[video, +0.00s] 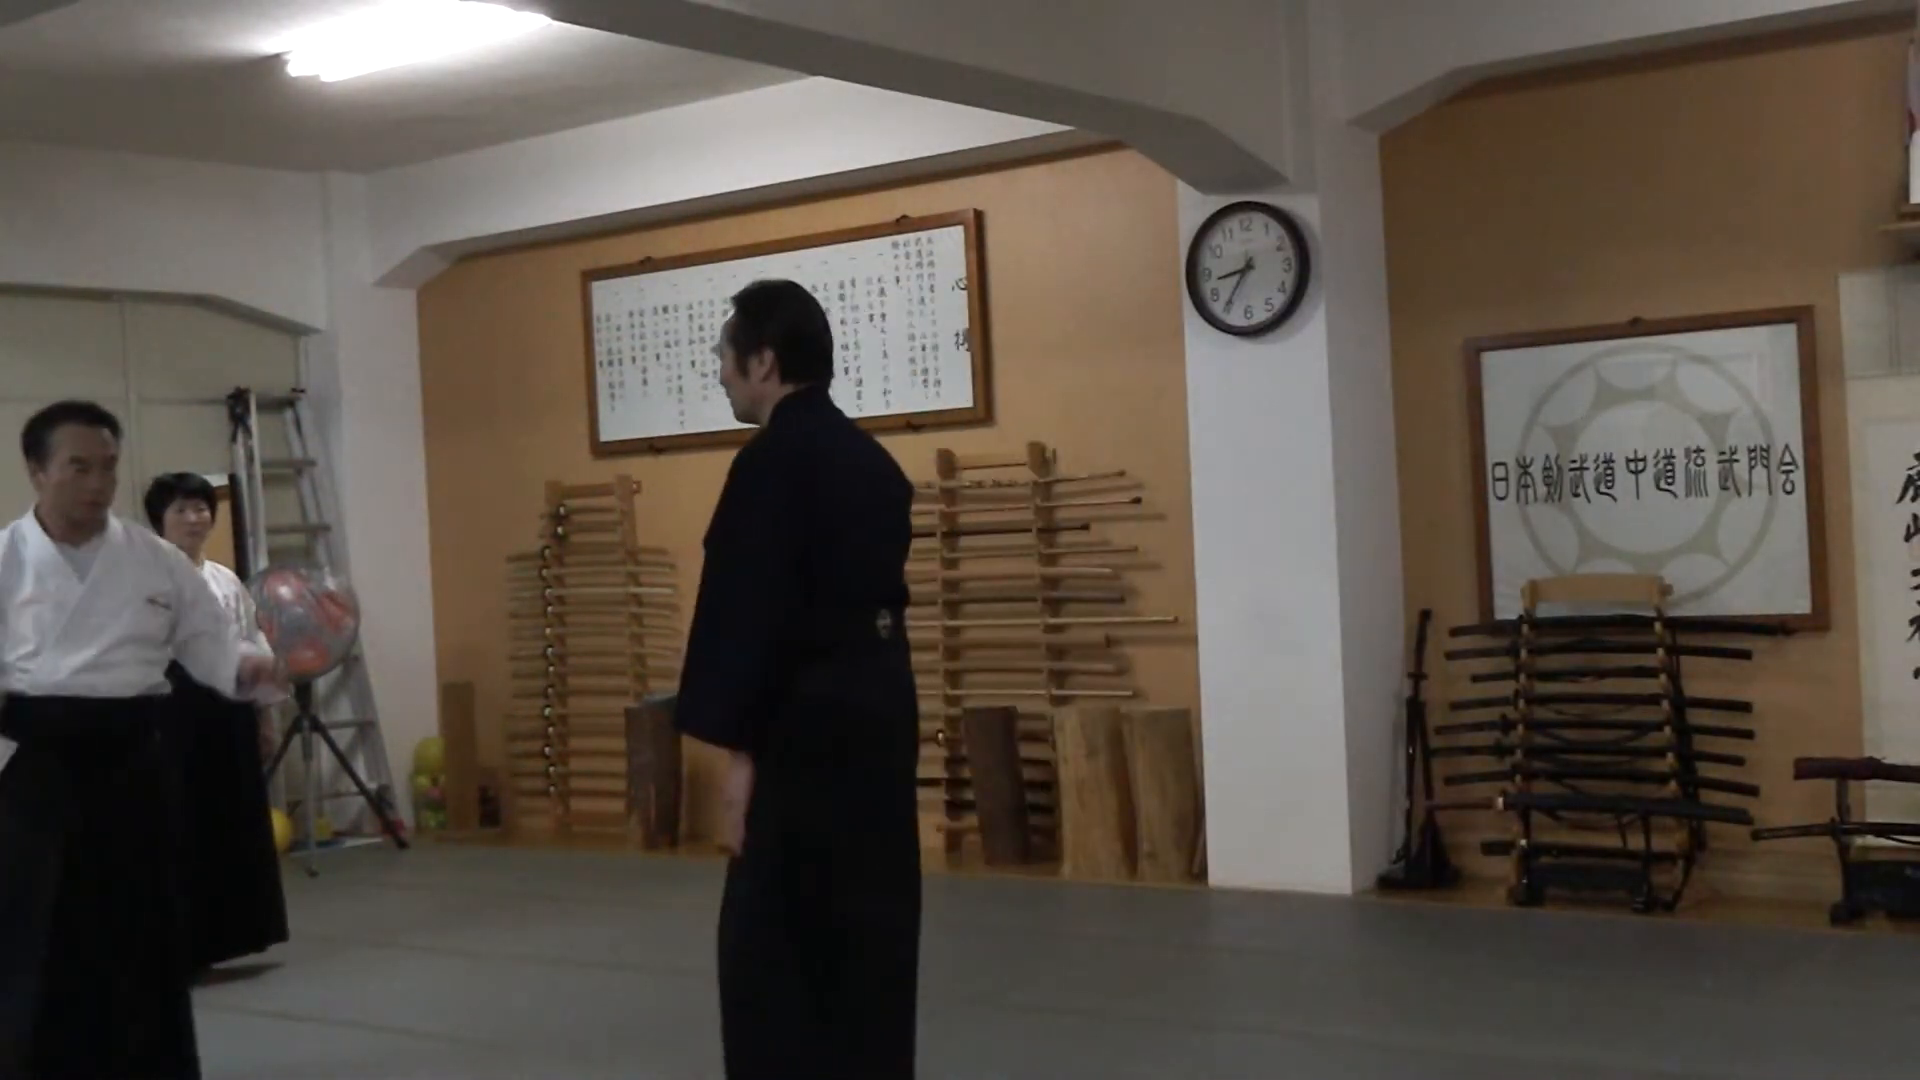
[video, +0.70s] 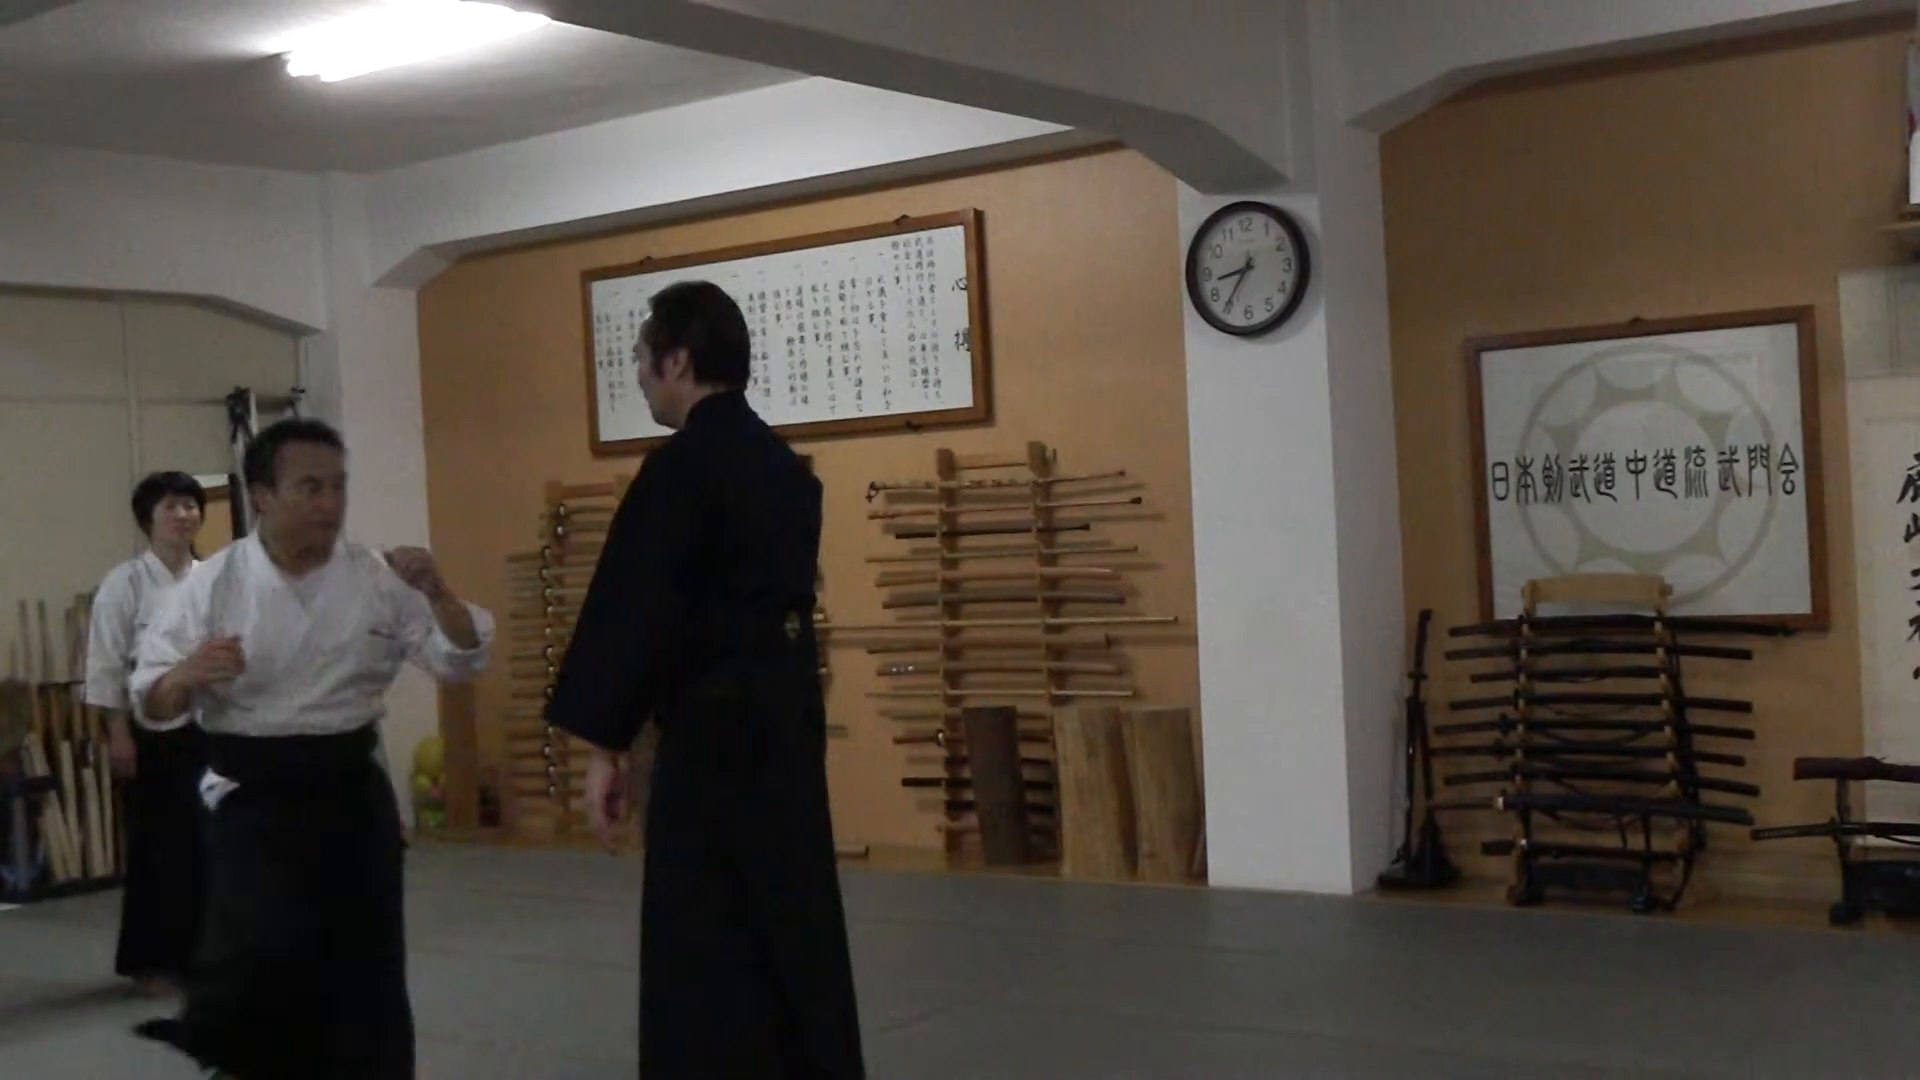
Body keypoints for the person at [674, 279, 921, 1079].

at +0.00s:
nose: (723, 377)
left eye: (729, 360)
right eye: (724, 360)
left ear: (766, 363)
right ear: (807, 364)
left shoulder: (769, 462)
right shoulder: (871, 459)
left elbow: (742, 614)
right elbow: (875, 610)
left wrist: (738, 761)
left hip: (800, 737)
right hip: (879, 727)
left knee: (770, 942)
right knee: (867, 932)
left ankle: (783, 1068)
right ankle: (867, 1067)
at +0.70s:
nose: (641, 379)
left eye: (646, 361)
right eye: (641, 362)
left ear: (679, 362)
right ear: (731, 361)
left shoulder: (679, 465)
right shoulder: (784, 462)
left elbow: (632, 605)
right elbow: (766, 613)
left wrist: (607, 746)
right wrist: (649, 741)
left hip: (706, 734)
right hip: (787, 722)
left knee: (697, 935)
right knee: (788, 924)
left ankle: (703, 1071)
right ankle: (799, 1070)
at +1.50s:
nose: (668, 425)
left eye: (665, 405)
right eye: (663, 408)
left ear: (689, 391)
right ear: (750, 384)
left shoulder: (703, 487)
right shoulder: (821, 484)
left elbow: (665, 633)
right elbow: (822, 634)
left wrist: (651, 771)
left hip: (744, 740)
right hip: (836, 727)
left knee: (699, 938)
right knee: (824, 933)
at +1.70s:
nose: (756, 409)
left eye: (756, 387)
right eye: (751, 390)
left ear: (792, 373)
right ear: (826, 370)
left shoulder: (814, 475)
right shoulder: (899, 464)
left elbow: (790, 629)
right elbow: (903, 625)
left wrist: (780, 770)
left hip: (843, 756)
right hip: (915, 739)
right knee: (931, 952)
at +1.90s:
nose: (838, 429)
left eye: (837, 410)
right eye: (832, 413)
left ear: (876, 389)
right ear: (895, 388)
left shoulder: (922, 477)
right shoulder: (965, 464)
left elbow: (923, 639)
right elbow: (990, 625)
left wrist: (901, 779)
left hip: (965, 752)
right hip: (1014, 741)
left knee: (863, 960)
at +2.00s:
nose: (878, 427)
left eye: (877, 407)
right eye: (872, 411)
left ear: (919, 388)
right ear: (938, 384)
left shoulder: (963, 472)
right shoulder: (1003, 462)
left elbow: (956, 634)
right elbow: (1043, 605)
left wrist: (942, 780)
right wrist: (929, 590)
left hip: (1005, 754)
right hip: (1048, 742)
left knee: (937, 976)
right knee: (1035, 967)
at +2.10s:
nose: (908, 412)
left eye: (910, 390)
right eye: (903, 393)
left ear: (959, 376)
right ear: (971, 376)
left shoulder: (1003, 465)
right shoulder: (1029, 453)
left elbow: (989, 630)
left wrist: (980, 772)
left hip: (1040, 751)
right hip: (1067, 736)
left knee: (1010, 976)